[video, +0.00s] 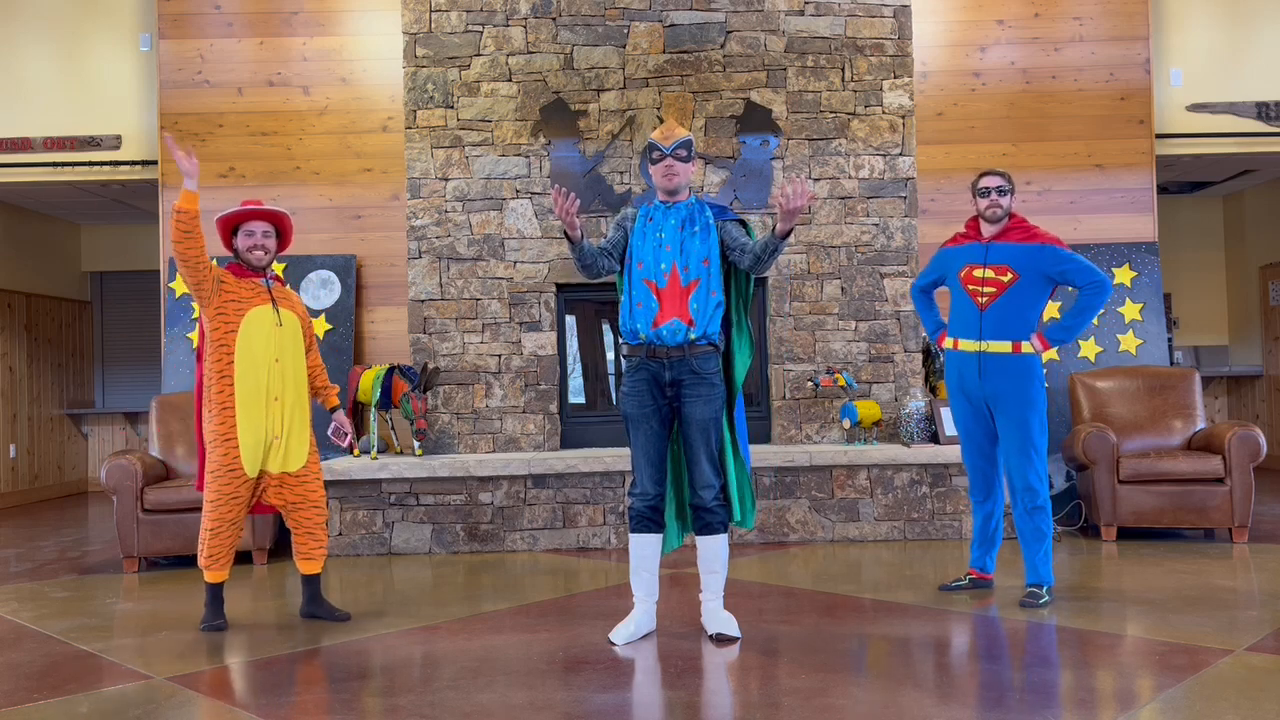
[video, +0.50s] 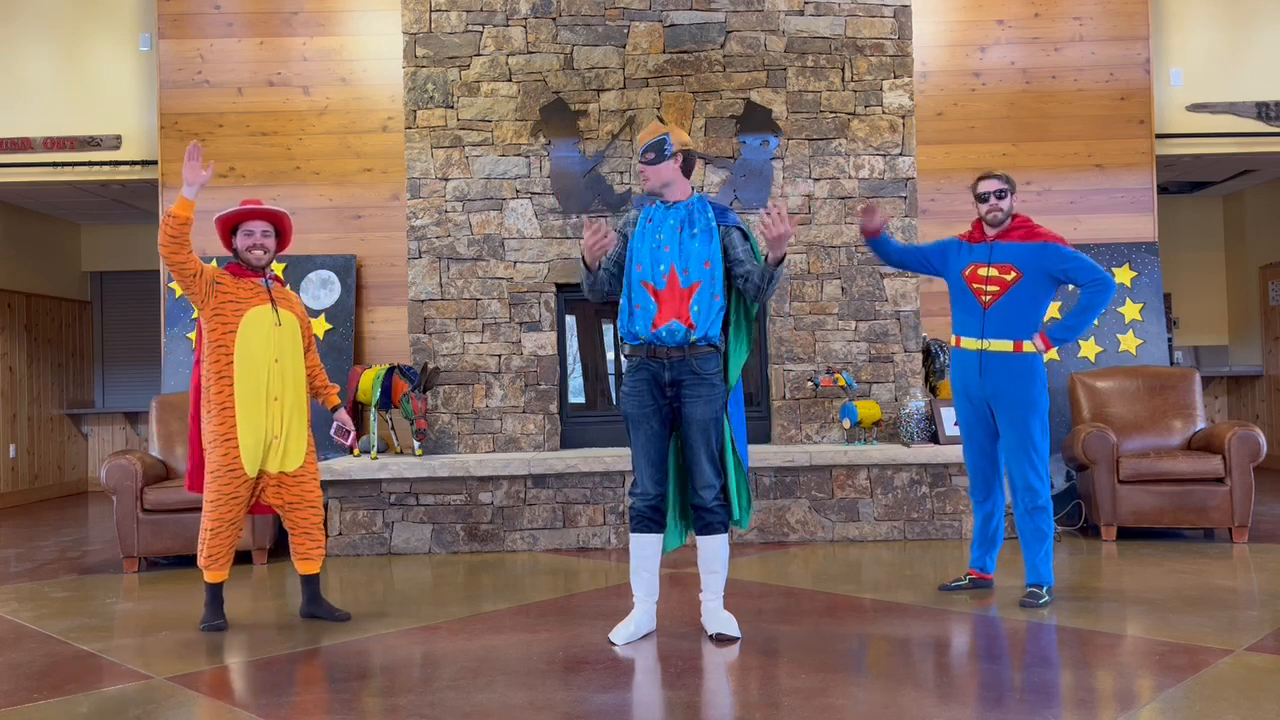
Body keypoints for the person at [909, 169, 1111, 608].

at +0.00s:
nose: (993, 198)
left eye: (1001, 192)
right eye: (985, 192)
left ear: (1013, 200)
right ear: (974, 202)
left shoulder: (1038, 249)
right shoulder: (951, 252)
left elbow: (1098, 285)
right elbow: (920, 289)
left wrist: (1054, 335)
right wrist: (938, 332)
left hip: (1017, 374)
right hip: (963, 374)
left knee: (1027, 480)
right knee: (981, 479)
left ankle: (1039, 581)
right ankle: (981, 572)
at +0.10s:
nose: (995, 199)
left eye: (1003, 192)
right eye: (987, 192)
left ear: (1016, 200)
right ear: (976, 201)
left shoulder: (1039, 249)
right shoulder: (954, 251)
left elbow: (1100, 286)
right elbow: (918, 289)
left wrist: (1054, 336)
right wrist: (934, 335)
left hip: (1017, 375)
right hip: (963, 374)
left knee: (1027, 480)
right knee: (981, 479)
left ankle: (1039, 581)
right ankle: (981, 572)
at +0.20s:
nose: (998, 198)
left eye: (1007, 192)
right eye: (990, 192)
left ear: (1019, 200)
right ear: (979, 200)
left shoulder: (1041, 249)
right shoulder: (956, 250)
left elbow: (1101, 288)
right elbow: (914, 290)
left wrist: (1052, 337)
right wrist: (915, 340)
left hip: (1017, 375)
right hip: (963, 374)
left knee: (1027, 480)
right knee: (981, 478)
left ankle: (1039, 582)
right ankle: (980, 572)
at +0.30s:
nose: (1000, 201)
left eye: (1008, 193)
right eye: (992, 194)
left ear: (1020, 200)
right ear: (981, 202)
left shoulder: (1045, 250)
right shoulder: (958, 252)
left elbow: (1102, 290)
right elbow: (907, 286)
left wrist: (1054, 336)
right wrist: (882, 322)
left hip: (1017, 376)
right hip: (965, 377)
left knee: (1028, 481)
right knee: (981, 480)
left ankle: (1038, 581)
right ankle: (981, 571)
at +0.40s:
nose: (997, 202)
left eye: (1005, 194)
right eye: (989, 196)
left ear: (1019, 200)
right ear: (979, 204)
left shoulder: (1044, 250)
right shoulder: (959, 250)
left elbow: (1102, 287)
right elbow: (912, 269)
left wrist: (1055, 337)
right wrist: (870, 278)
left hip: (1019, 375)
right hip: (966, 375)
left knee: (1028, 480)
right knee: (981, 479)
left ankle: (1039, 581)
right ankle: (981, 571)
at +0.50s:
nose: (992, 203)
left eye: (1000, 195)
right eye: (984, 197)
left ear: (1014, 199)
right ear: (975, 205)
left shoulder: (1041, 247)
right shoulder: (955, 250)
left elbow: (1101, 284)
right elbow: (904, 256)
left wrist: (1054, 336)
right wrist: (875, 236)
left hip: (1019, 376)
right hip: (968, 376)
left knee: (1028, 481)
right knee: (981, 479)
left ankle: (1039, 580)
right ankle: (981, 572)